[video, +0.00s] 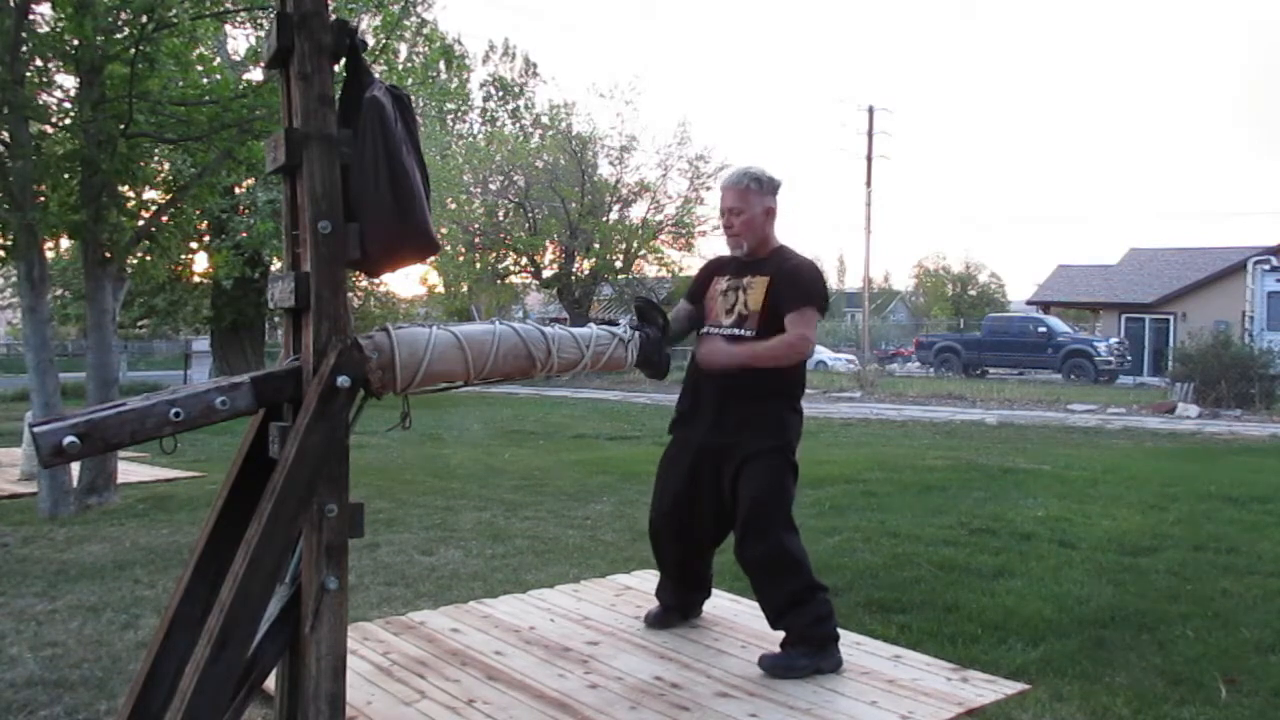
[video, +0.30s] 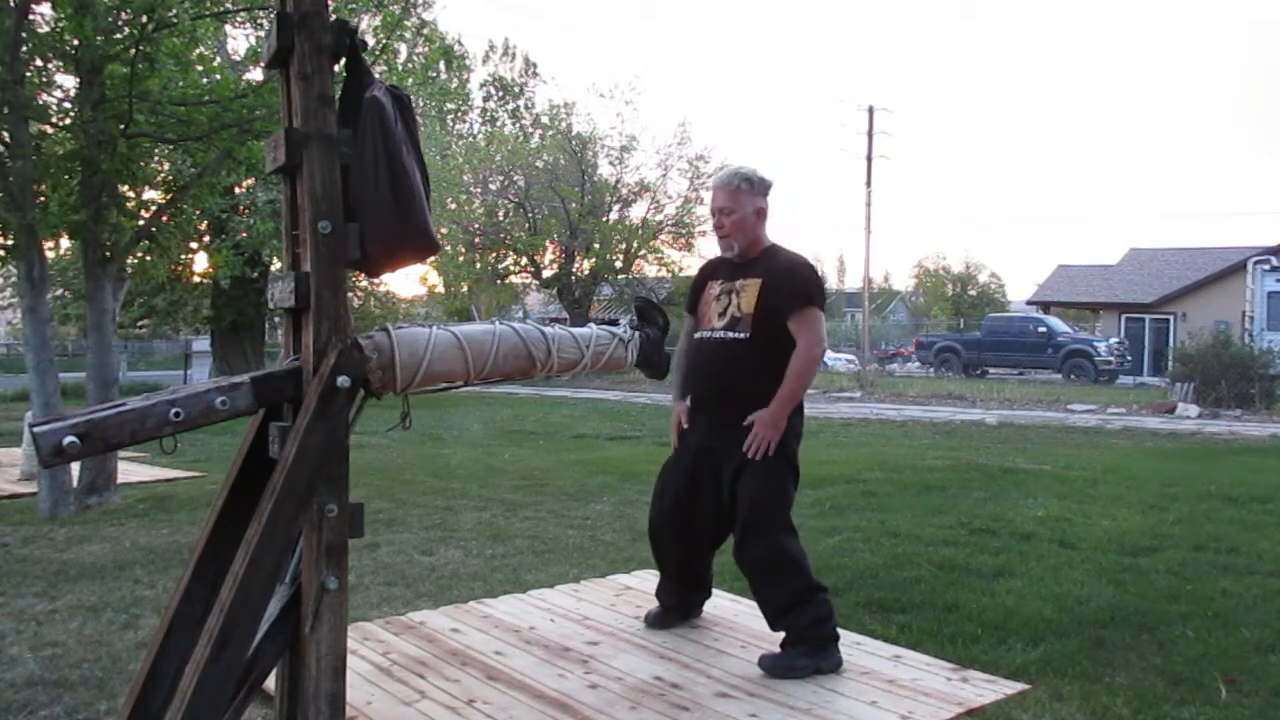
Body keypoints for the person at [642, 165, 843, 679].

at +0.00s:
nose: (730, 222)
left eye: (741, 213)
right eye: (725, 212)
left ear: (771, 212)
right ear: (721, 212)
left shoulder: (797, 273)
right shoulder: (714, 272)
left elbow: (800, 343)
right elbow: (677, 322)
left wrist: (730, 353)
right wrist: (654, 330)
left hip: (763, 426)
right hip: (700, 421)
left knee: (763, 532)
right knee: (674, 516)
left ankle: (815, 642)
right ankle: (681, 599)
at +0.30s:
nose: (719, 222)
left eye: (730, 213)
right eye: (715, 212)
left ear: (761, 211)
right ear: (712, 213)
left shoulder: (791, 272)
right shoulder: (710, 274)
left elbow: (811, 346)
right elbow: (694, 339)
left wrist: (779, 411)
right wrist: (681, 397)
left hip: (763, 422)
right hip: (707, 420)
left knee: (761, 532)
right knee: (674, 513)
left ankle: (815, 642)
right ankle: (681, 599)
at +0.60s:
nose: (707, 223)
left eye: (719, 215)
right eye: (704, 213)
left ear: (750, 219)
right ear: (701, 214)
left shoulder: (775, 275)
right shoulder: (690, 280)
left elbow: (789, 352)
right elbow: (656, 340)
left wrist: (758, 405)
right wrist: (620, 388)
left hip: (756, 421)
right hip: (697, 421)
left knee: (755, 527)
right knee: (670, 512)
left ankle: (808, 639)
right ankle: (685, 601)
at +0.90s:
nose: (717, 224)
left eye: (729, 215)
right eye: (714, 214)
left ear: (761, 217)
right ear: (710, 216)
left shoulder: (794, 281)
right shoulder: (694, 281)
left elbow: (820, 354)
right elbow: (652, 342)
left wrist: (830, 422)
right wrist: (616, 395)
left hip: (768, 440)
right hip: (702, 436)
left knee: (785, 538)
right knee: (678, 523)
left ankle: (818, 652)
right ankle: (684, 603)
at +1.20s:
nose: (761, 213)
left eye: (775, 205)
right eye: (760, 203)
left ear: (811, 210)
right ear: (759, 205)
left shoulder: (851, 271)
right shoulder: (742, 276)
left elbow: (873, 336)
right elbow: (712, 346)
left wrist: (840, 373)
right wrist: (715, 406)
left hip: (821, 431)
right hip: (755, 427)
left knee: (809, 536)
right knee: (724, 515)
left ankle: (820, 667)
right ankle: (708, 602)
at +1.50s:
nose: (786, 202)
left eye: (797, 192)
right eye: (784, 192)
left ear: (836, 196)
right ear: (786, 194)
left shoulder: (872, 258)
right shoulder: (781, 255)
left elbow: (825, 307)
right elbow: (728, 295)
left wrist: (760, 278)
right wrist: (706, 267)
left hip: (840, 431)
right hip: (769, 418)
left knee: (827, 547)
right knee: (717, 463)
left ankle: (823, 667)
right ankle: (745, 593)